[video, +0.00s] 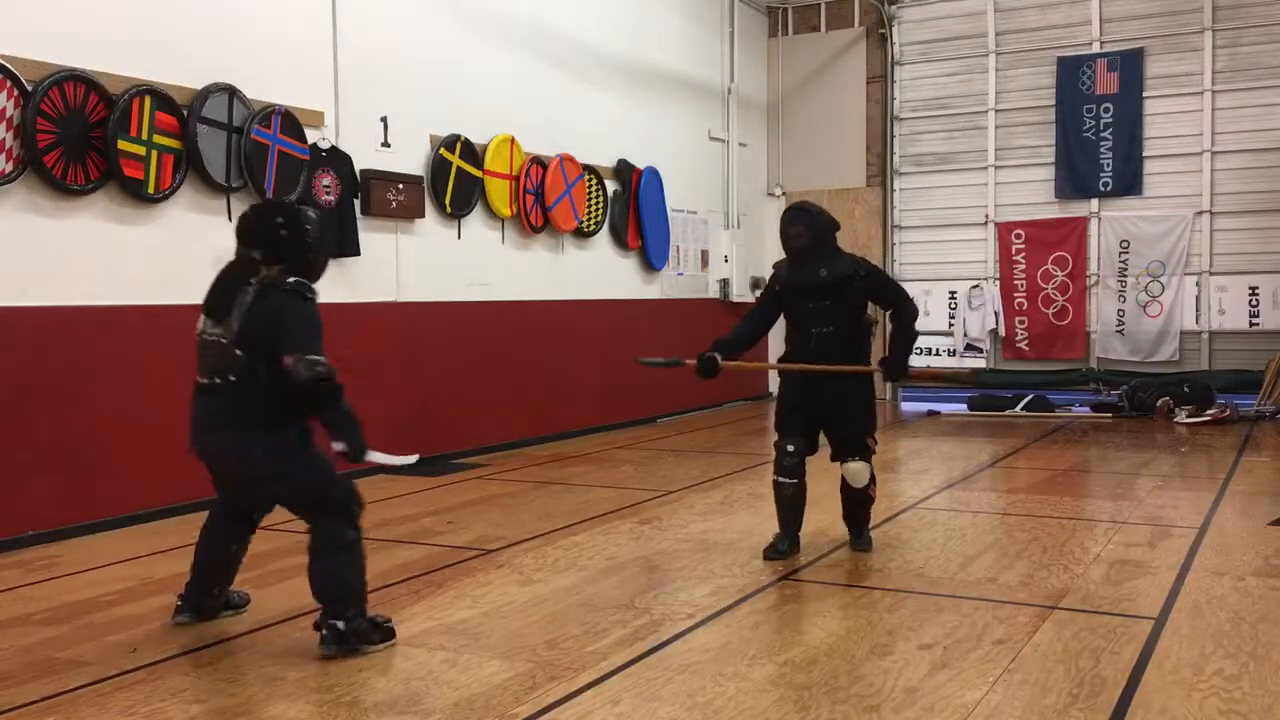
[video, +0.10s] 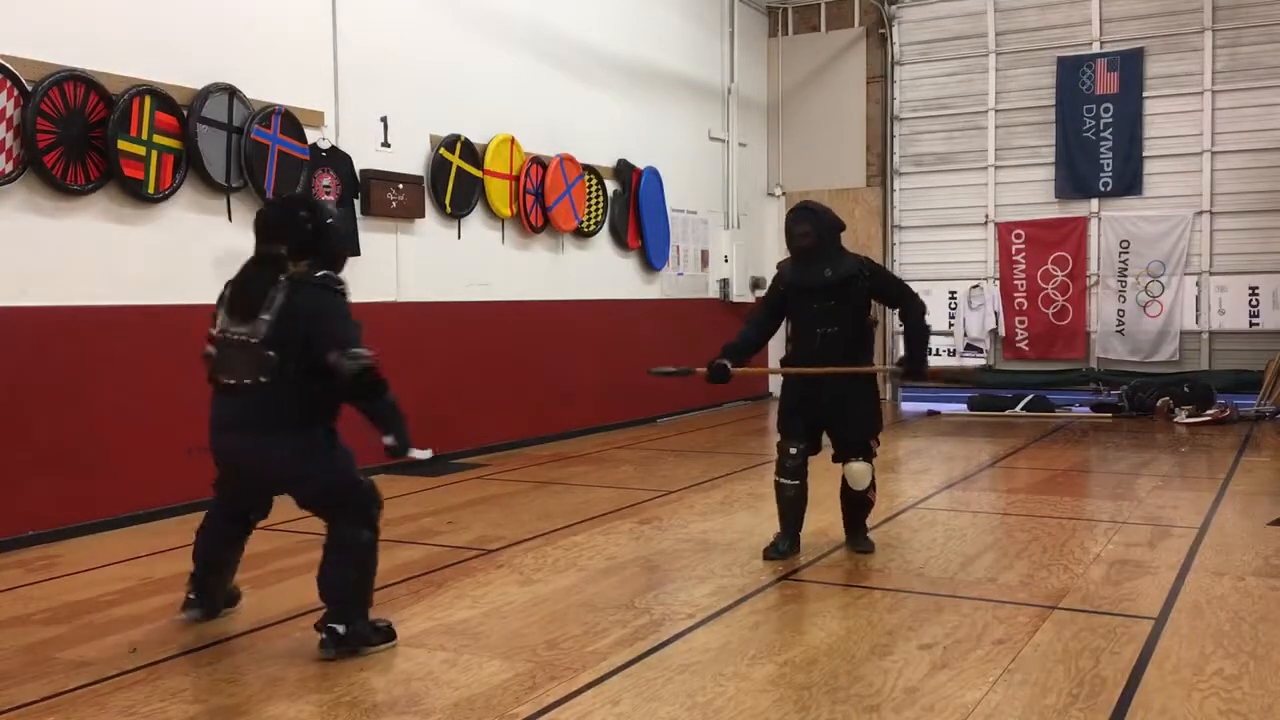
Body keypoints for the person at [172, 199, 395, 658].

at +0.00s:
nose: (318, 252)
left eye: (315, 242)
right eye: (310, 242)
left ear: (253, 246)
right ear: (290, 248)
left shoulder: (227, 282)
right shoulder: (289, 299)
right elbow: (310, 375)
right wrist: (346, 432)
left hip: (214, 432)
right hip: (265, 438)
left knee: (241, 501)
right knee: (337, 506)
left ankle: (202, 595)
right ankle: (344, 619)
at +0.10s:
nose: (335, 246)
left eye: (332, 235)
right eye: (326, 236)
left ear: (268, 242)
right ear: (310, 243)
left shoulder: (240, 286)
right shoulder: (317, 296)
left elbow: (225, 357)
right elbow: (353, 371)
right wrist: (393, 426)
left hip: (233, 436)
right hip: (296, 443)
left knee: (236, 502)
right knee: (356, 508)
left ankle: (206, 591)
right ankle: (345, 621)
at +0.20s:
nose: (352, 231)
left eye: (347, 221)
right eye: (344, 222)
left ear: (281, 227)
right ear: (326, 230)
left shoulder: (250, 275)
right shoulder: (331, 283)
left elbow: (234, 349)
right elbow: (368, 358)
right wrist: (408, 419)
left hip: (248, 429)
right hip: (313, 436)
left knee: (253, 502)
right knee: (365, 505)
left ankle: (198, 606)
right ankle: (347, 620)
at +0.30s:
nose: (356, 202)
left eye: (351, 191)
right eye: (349, 192)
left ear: (284, 199)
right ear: (330, 201)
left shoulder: (256, 249)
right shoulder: (326, 254)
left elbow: (269, 340)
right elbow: (344, 330)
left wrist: (340, 388)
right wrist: (384, 389)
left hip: (255, 412)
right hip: (313, 415)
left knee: (258, 505)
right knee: (360, 499)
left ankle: (219, 608)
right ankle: (350, 621)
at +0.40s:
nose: (357, 196)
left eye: (355, 185)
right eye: (350, 186)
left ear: (286, 184)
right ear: (331, 187)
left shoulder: (253, 231)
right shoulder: (329, 235)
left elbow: (264, 325)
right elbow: (335, 318)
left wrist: (344, 374)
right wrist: (376, 380)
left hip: (247, 399)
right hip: (310, 401)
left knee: (270, 510)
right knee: (353, 498)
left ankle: (256, 631)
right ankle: (364, 613)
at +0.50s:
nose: (364, 205)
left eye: (361, 194)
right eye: (357, 195)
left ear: (293, 197)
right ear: (338, 200)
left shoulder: (257, 246)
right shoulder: (325, 252)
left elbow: (270, 340)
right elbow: (340, 332)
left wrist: (342, 389)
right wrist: (389, 398)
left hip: (243, 418)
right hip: (308, 421)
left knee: (278, 525)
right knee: (360, 508)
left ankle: (265, 658)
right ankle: (367, 636)